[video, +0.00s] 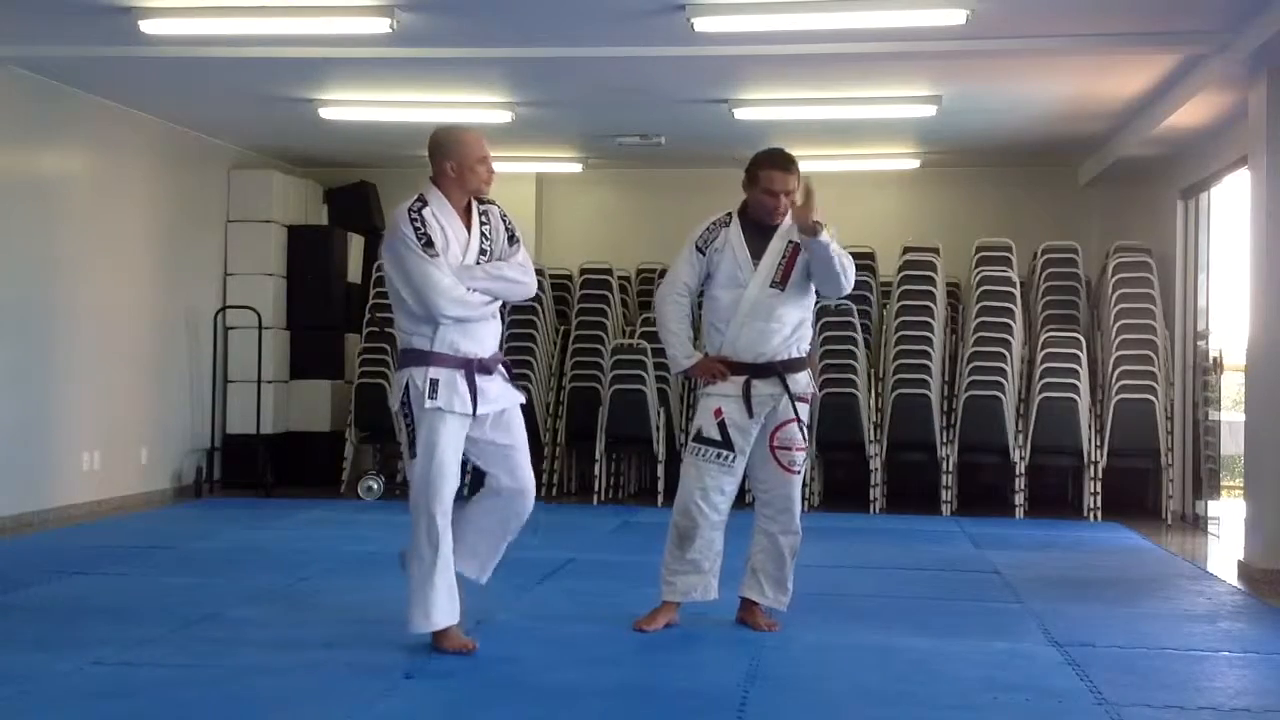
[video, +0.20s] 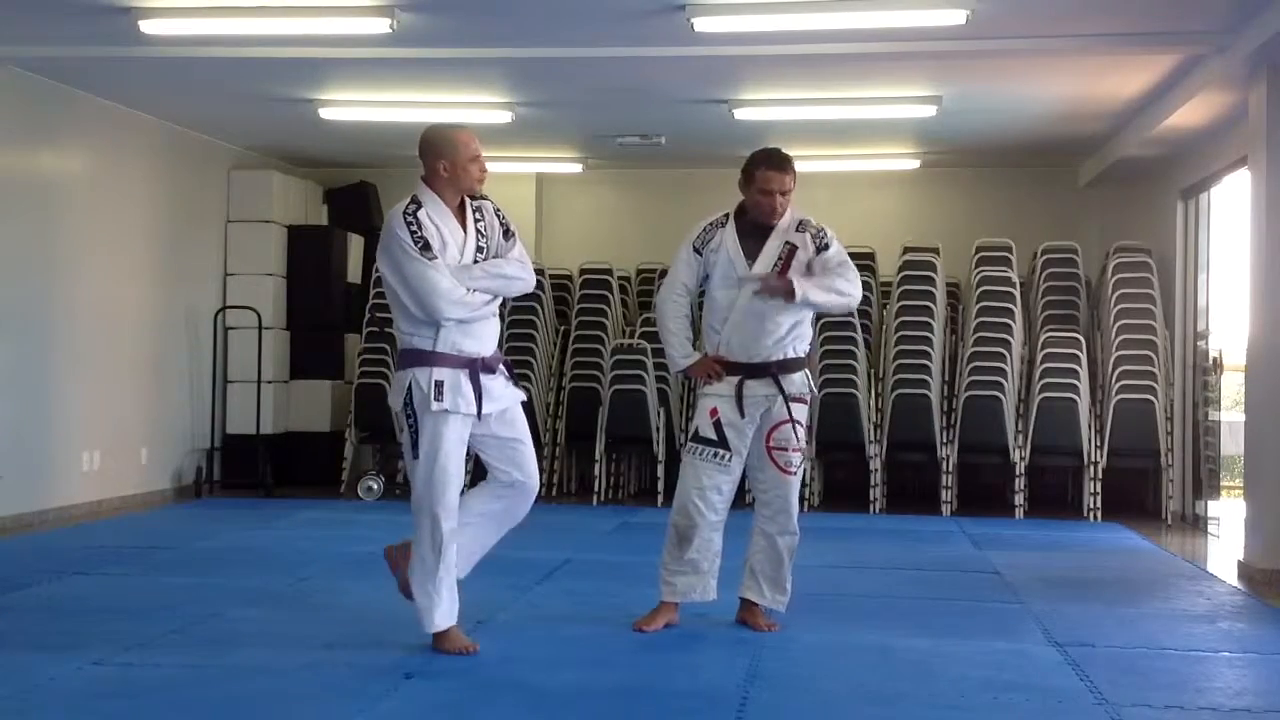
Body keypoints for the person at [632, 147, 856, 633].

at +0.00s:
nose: (779, 203)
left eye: (787, 194)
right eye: (769, 193)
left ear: (797, 194)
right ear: (747, 187)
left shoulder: (809, 241)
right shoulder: (713, 236)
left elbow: (839, 286)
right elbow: (671, 296)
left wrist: (812, 234)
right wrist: (688, 358)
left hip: (789, 388)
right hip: (725, 384)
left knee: (781, 503)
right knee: (698, 498)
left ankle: (755, 602)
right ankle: (672, 600)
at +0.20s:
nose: (776, 203)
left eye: (784, 194)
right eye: (766, 192)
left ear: (794, 192)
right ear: (743, 187)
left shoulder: (811, 238)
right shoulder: (709, 236)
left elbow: (849, 290)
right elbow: (672, 298)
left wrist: (798, 288)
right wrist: (687, 356)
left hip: (786, 389)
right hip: (721, 385)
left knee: (779, 504)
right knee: (695, 500)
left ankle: (755, 602)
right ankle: (671, 601)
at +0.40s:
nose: (766, 204)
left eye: (775, 193)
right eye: (756, 194)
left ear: (786, 190)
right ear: (735, 189)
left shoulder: (810, 240)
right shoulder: (706, 237)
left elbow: (857, 298)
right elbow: (677, 300)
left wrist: (834, 351)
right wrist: (684, 354)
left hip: (783, 386)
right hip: (718, 382)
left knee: (775, 503)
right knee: (692, 497)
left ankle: (755, 602)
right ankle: (670, 601)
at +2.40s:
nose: (769, 190)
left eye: (779, 181)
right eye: (759, 181)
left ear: (794, 186)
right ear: (743, 186)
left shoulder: (820, 241)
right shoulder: (714, 238)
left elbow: (857, 303)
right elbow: (676, 300)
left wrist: (838, 361)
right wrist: (688, 356)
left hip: (789, 388)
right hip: (723, 384)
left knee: (780, 505)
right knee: (696, 498)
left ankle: (756, 605)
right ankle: (671, 602)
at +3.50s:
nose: (763, 203)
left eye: (773, 194)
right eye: (754, 193)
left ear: (790, 194)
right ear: (740, 191)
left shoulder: (814, 244)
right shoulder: (713, 237)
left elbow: (851, 304)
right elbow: (669, 298)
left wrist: (860, 287)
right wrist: (687, 360)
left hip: (787, 390)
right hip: (722, 386)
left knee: (780, 506)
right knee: (695, 501)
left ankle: (757, 604)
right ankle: (672, 602)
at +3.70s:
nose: (765, 203)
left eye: (775, 194)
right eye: (756, 193)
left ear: (790, 195)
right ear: (740, 191)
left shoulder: (806, 238)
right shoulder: (711, 236)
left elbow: (860, 262)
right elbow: (668, 298)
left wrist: (847, 213)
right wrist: (686, 361)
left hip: (784, 388)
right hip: (720, 386)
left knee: (779, 506)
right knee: (694, 502)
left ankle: (757, 604)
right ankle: (672, 603)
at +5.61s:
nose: (749, 201)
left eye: (761, 196)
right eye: (748, 191)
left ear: (788, 202)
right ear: (744, 188)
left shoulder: (809, 238)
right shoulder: (718, 235)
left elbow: (854, 215)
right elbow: (677, 294)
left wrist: (816, 175)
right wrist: (686, 357)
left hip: (787, 388)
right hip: (723, 385)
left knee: (780, 505)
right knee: (697, 500)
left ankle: (755, 606)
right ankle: (672, 604)